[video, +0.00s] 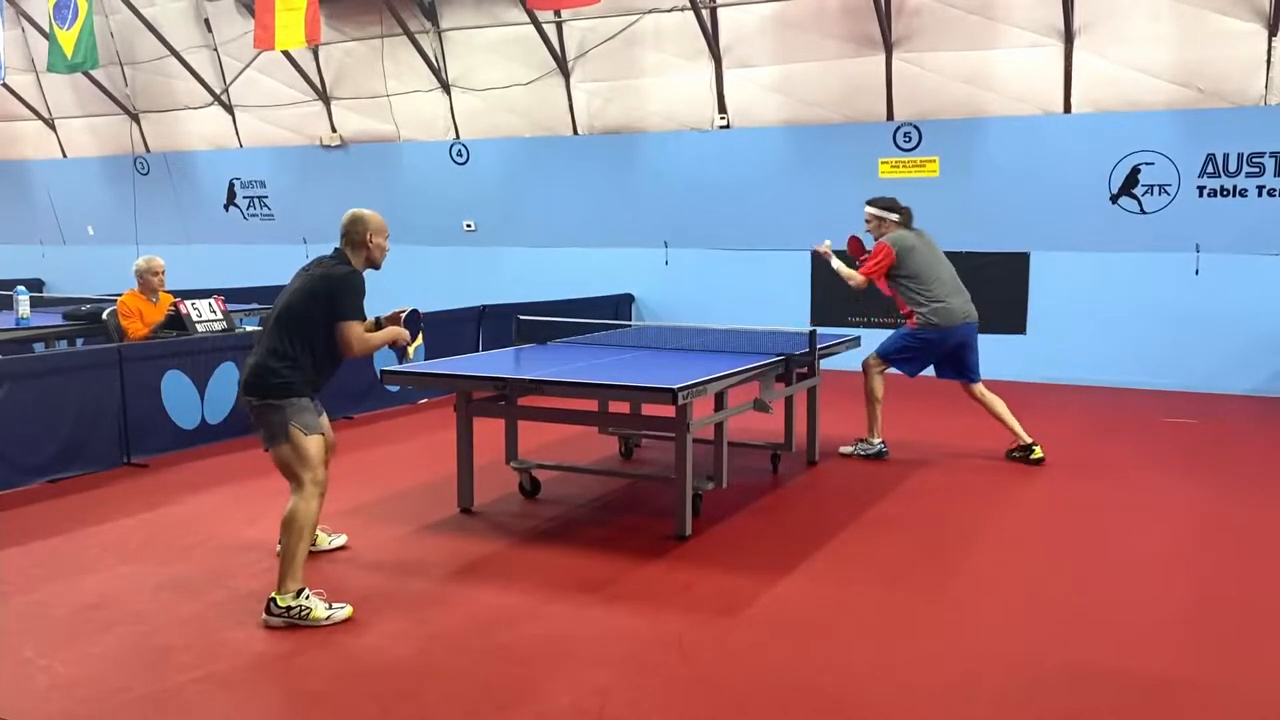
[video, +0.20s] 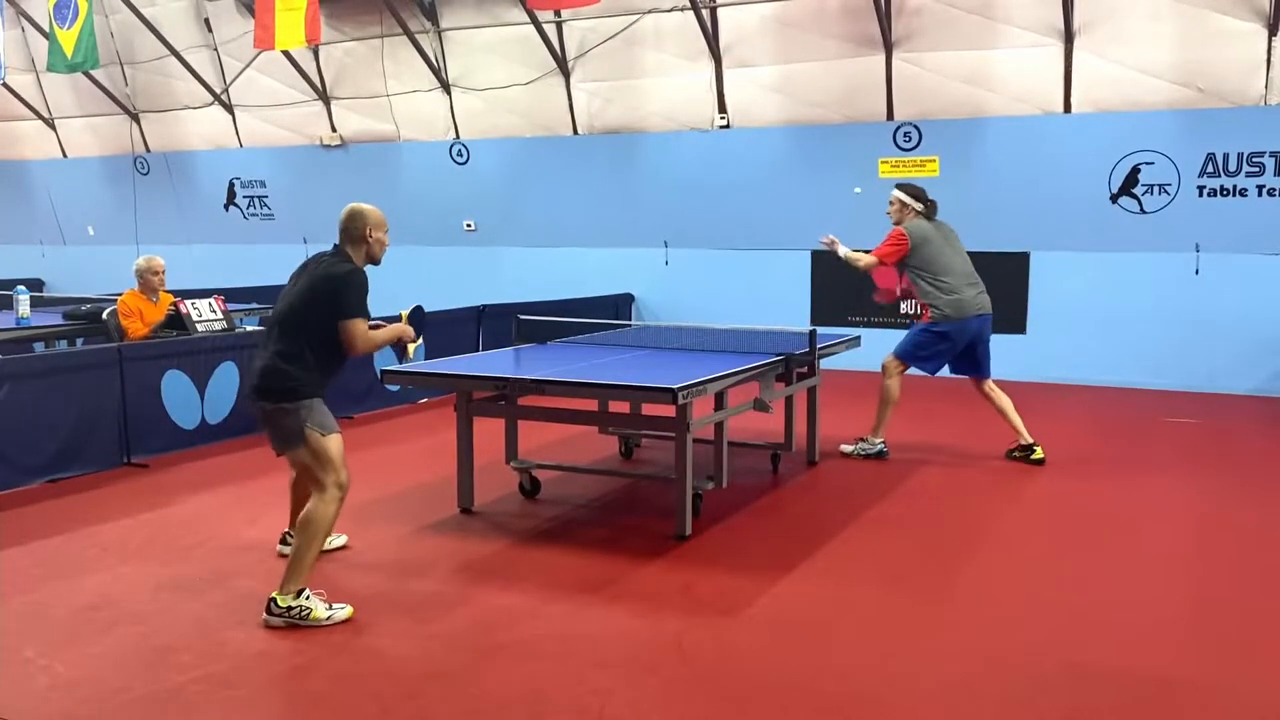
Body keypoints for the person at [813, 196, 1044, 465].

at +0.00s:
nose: (867, 227)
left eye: (870, 221)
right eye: (866, 221)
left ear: (888, 222)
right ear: (894, 221)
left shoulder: (888, 244)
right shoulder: (921, 237)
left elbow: (857, 281)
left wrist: (831, 258)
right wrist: (873, 264)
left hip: (933, 321)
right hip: (966, 318)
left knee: (873, 364)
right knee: (976, 387)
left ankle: (873, 440)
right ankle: (1026, 442)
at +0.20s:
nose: (888, 210)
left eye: (893, 204)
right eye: (890, 204)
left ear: (910, 208)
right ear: (917, 209)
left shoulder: (906, 232)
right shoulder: (944, 228)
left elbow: (866, 262)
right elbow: (943, 266)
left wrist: (841, 251)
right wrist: (911, 283)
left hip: (948, 317)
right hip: (981, 313)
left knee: (892, 367)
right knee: (984, 382)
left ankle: (875, 440)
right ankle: (1027, 442)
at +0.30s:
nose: (895, 205)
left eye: (900, 200)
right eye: (897, 199)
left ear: (917, 205)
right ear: (925, 206)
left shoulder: (909, 230)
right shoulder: (953, 226)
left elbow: (872, 260)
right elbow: (981, 261)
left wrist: (845, 256)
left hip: (951, 314)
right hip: (985, 311)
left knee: (896, 367)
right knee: (987, 382)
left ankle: (877, 440)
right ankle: (1027, 442)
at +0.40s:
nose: (894, 207)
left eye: (899, 201)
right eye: (896, 201)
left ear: (915, 206)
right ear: (925, 207)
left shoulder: (908, 231)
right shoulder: (956, 224)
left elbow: (888, 260)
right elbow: (996, 235)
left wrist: (856, 265)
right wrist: (992, 275)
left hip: (951, 314)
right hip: (984, 311)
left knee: (894, 366)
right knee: (988, 382)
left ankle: (879, 441)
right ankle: (1028, 443)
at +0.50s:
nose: (885, 213)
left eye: (889, 208)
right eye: (886, 208)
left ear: (906, 211)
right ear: (914, 212)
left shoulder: (905, 235)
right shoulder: (947, 221)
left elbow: (895, 266)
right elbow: (988, 211)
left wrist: (864, 276)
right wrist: (994, 249)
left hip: (951, 317)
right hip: (979, 314)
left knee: (886, 358)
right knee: (983, 384)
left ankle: (877, 437)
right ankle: (1027, 443)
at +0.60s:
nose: (867, 224)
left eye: (871, 219)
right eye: (868, 219)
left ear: (888, 221)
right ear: (895, 220)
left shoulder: (895, 244)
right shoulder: (928, 227)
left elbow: (908, 276)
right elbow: (961, 211)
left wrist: (876, 290)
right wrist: (955, 251)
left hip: (947, 319)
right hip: (971, 317)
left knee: (877, 353)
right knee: (975, 389)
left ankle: (881, 430)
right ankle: (1026, 443)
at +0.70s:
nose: (848, 236)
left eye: (852, 230)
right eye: (848, 230)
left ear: (870, 232)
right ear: (872, 232)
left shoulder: (885, 257)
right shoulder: (904, 246)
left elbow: (917, 288)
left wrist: (882, 310)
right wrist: (886, 297)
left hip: (936, 327)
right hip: (955, 324)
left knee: (873, 368)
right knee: (967, 394)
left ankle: (872, 443)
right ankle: (1025, 442)